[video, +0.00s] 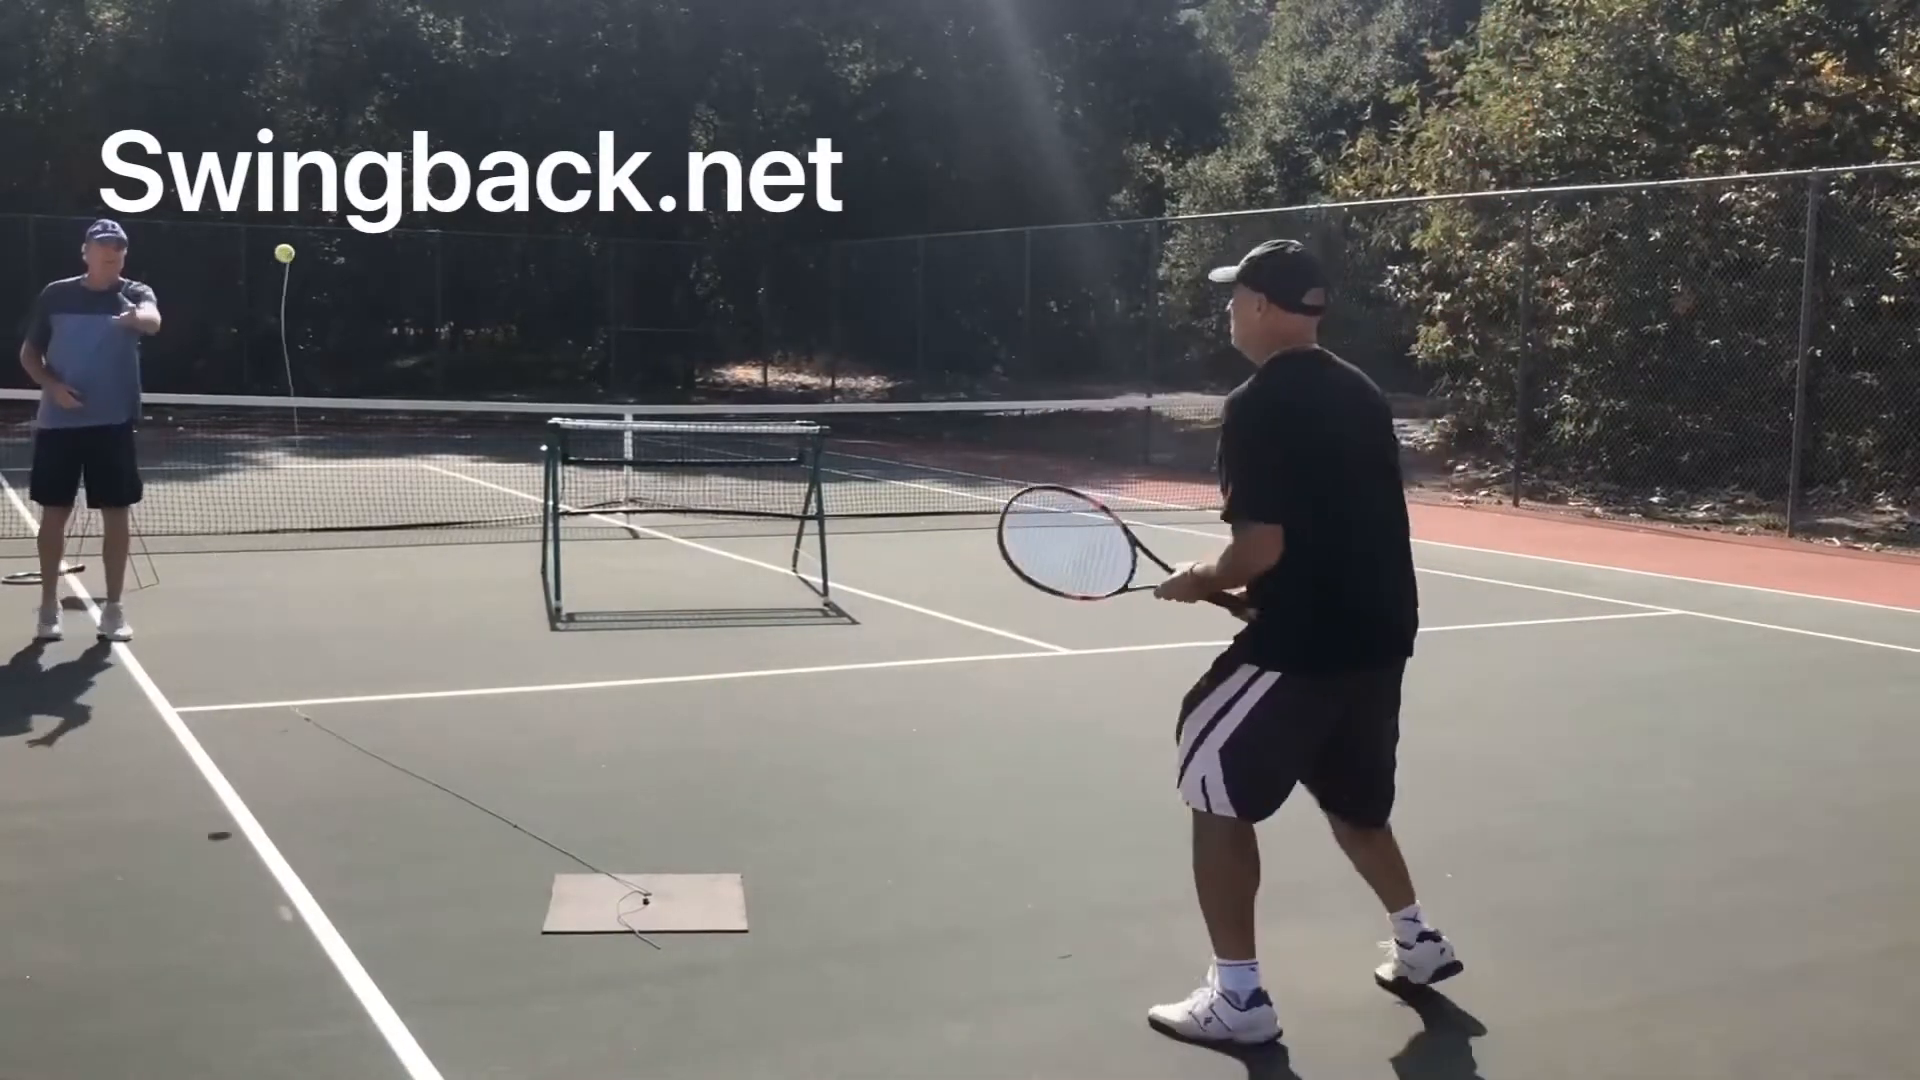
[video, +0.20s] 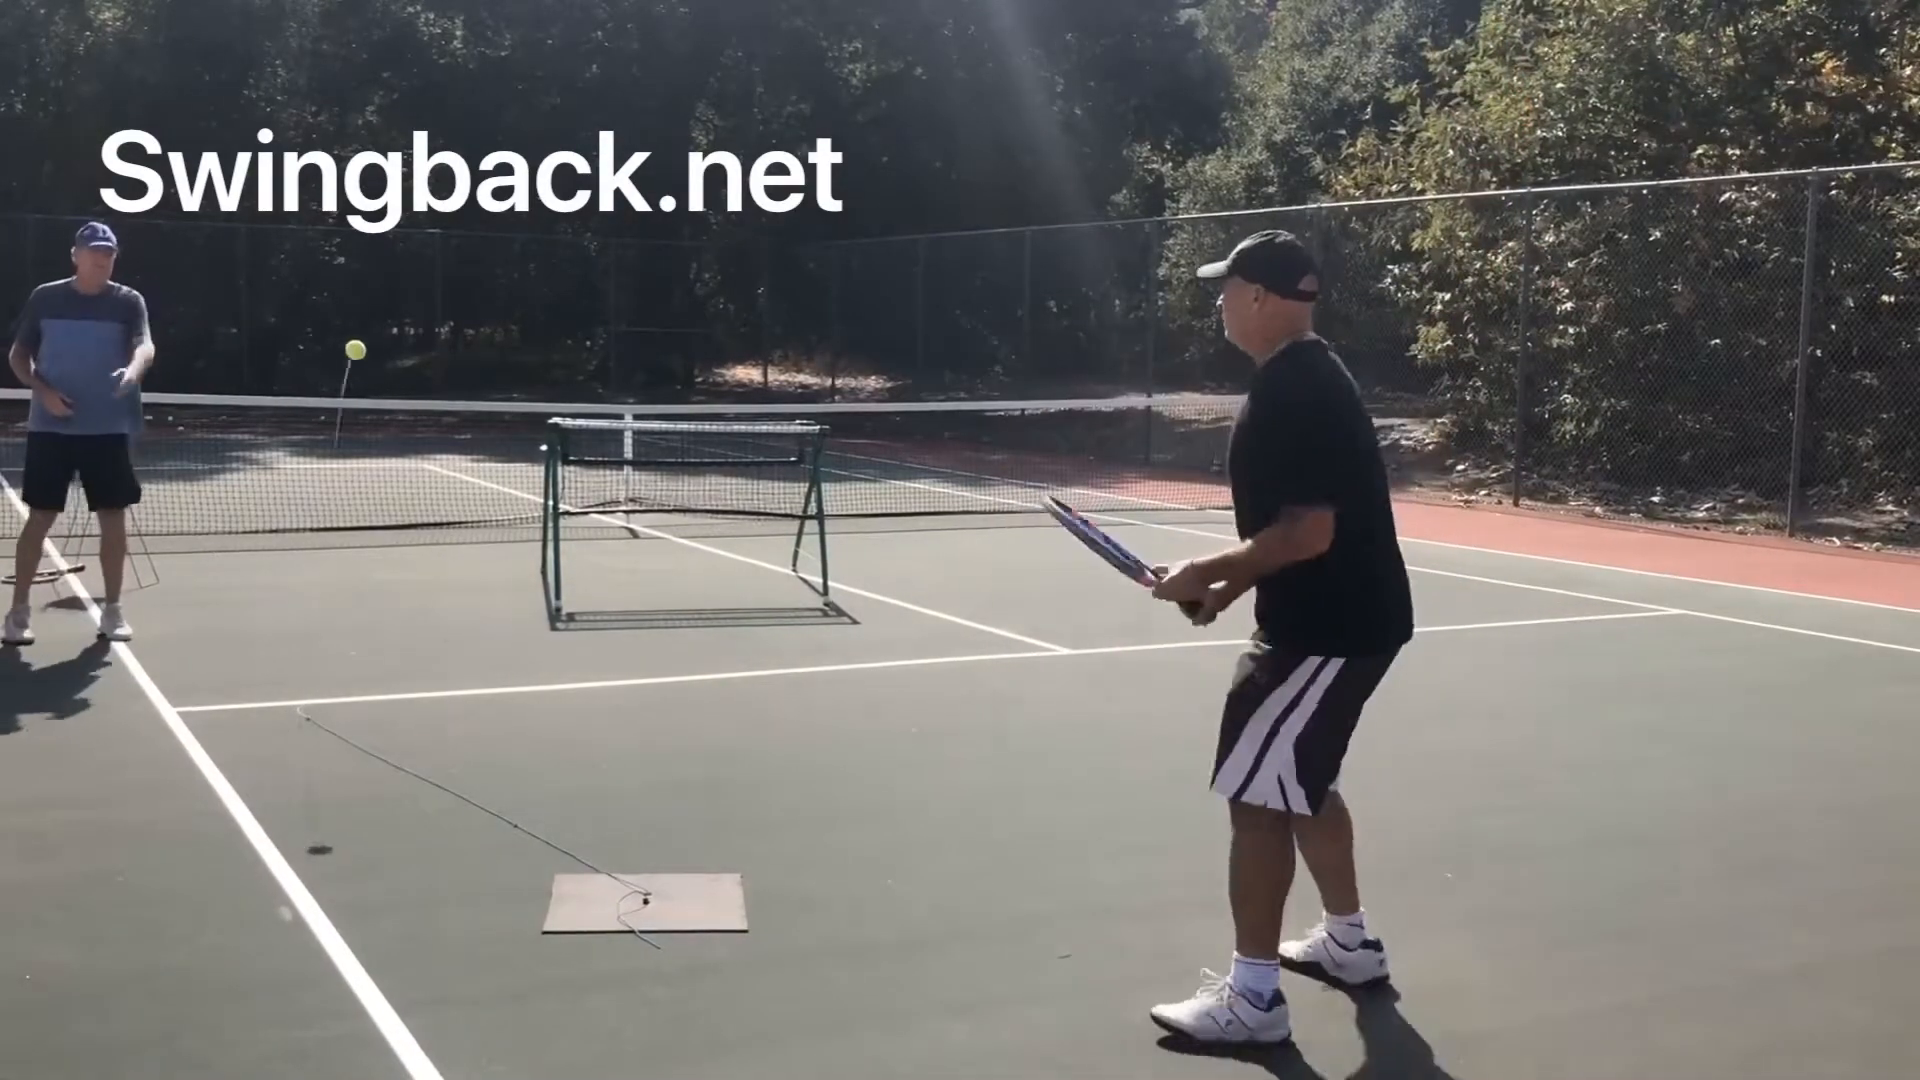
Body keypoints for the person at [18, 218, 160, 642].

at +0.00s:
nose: (114, 254)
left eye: (118, 247)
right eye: (105, 246)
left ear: (126, 254)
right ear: (86, 251)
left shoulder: (137, 293)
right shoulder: (56, 294)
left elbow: (152, 318)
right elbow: (28, 353)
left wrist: (135, 317)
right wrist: (52, 385)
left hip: (114, 426)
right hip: (60, 427)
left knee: (117, 516)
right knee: (54, 514)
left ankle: (113, 608)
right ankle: (48, 606)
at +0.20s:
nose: (103, 260)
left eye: (109, 253)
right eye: (96, 252)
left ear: (115, 258)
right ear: (76, 255)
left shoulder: (130, 301)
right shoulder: (45, 297)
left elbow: (144, 346)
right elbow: (18, 354)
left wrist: (134, 370)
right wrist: (42, 389)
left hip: (107, 432)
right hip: (51, 431)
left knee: (113, 519)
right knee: (40, 517)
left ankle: (112, 609)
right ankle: (19, 609)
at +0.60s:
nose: (60, 266)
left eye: (64, 260)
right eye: (52, 258)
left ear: (70, 262)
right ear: (30, 257)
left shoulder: (81, 302)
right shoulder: (5, 298)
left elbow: (91, 354)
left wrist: (97, 410)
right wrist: (2, 401)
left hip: (68, 435)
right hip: (13, 436)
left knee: (87, 516)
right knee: (9, 524)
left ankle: (106, 607)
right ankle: (9, 615)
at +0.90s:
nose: (39, 266)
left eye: (44, 259)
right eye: (31, 258)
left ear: (49, 261)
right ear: (10, 258)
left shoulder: (54, 298)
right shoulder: (2, 297)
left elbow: (57, 354)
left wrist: (62, 409)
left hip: (44, 431)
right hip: (7, 433)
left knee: (50, 512)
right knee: (6, 518)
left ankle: (43, 604)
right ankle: (8, 611)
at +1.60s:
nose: (19, 269)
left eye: (19, 262)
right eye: (14, 262)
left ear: (13, 264)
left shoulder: (6, 307)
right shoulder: (1, 306)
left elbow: (7, 369)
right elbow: (5, 368)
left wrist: (19, 414)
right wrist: (3, 408)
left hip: (6, 432)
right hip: (1, 431)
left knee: (2, 514)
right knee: (1, 516)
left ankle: (6, 609)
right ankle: (6, 609)